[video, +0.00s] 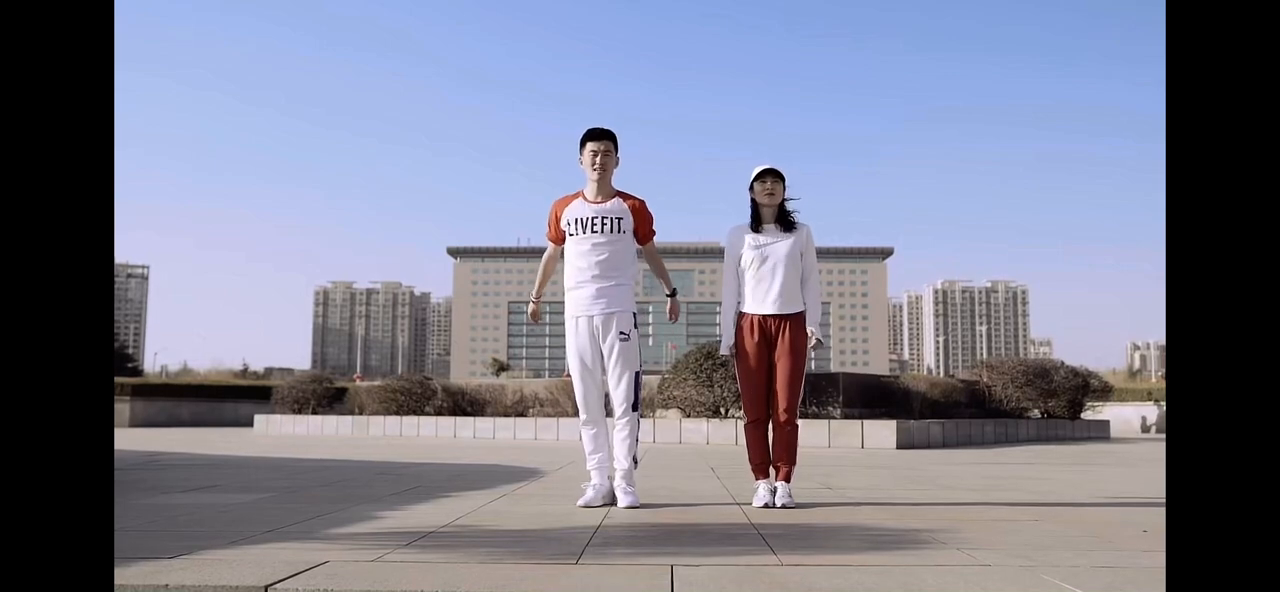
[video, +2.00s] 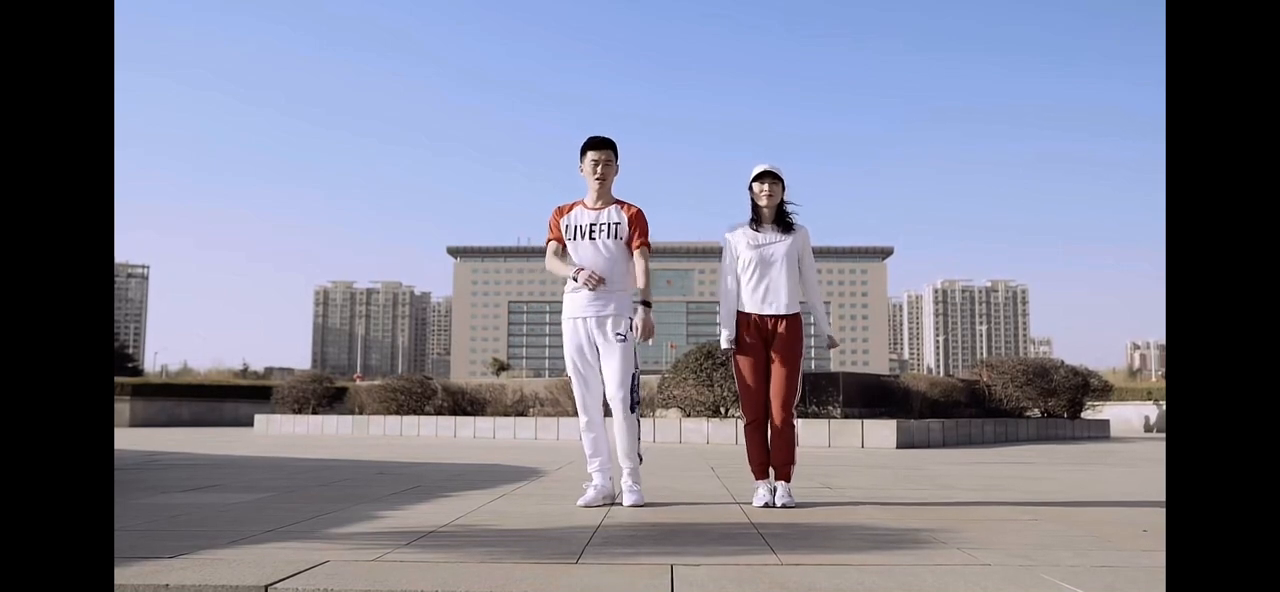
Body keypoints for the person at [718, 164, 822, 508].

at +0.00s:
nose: (769, 187)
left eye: (775, 182)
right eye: (762, 182)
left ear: (784, 191)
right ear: (752, 191)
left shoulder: (801, 233)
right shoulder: (739, 234)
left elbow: (811, 281)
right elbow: (730, 286)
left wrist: (813, 324)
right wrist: (726, 332)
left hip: (791, 325)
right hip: (750, 325)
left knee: (786, 408)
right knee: (755, 409)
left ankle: (783, 482)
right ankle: (762, 481)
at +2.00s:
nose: (766, 188)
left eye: (772, 184)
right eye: (760, 183)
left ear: (782, 192)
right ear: (752, 191)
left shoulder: (797, 234)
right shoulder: (735, 237)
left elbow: (811, 285)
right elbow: (728, 288)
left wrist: (825, 328)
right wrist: (726, 330)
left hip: (787, 324)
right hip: (747, 324)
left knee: (781, 411)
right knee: (754, 411)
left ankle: (783, 483)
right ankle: (762, 483)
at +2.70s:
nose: (764, 188)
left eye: (771, 183)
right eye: (758, 182)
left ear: (779, 192)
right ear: (748, 192)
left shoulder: (795, 234)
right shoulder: (733, 237)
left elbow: (807, 280)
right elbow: (725, 288)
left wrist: (810, 319)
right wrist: (722, 332)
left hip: (784, 326)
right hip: (743, 326)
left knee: (778, 407)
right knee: (753, 410)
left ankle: (783, 481)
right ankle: (762, 482)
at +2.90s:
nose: (763, 189)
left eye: (769, 184)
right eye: (757, 184)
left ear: (778, 191)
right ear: (747, 191)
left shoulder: (796, 231)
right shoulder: (733, 234)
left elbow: (814, 275)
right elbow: (717, 284)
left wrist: (799, 280)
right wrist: (711, 330)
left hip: (783, 324)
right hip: (745, 325)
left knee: (777, 403)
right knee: (753, 406)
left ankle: (785, 478)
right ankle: (761, 481)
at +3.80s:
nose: (773, 180)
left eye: (779, 174)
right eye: (767, 174)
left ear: (788, 180)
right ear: (757, 180)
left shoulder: (803, 220)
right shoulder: (742, 218)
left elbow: (813, 269)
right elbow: (732, 259)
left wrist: (818, 312)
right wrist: (747, 279)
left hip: (788, 309)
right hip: (749, 308)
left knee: (784, 394)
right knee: (748, 393)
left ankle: (784, 476)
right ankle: (756, 445)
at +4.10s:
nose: (774, 178)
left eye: (780, 173)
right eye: (767, 173)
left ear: (789, 178)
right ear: (758, 180)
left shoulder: (805, 218)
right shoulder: (745, 221)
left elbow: (822, 261)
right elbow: (733, 268)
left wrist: (808, 226)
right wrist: (724, 306)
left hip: (793, 309)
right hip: (753, 307)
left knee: (787, 390)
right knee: (765, 363)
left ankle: (784, 474)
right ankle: (770, 443)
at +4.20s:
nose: (774, 187)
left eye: (780, 181)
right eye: (767, 182)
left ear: (789, 187)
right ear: (758, 188)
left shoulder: (805, 228)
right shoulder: (746, 230)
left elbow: (825, 274)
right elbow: (731, 280)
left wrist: (812, 242)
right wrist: (717, 319)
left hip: (795, 319)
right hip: (756, 320)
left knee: (790, 396)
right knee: (766, 384)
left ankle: (787, 476)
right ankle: (772, 470)